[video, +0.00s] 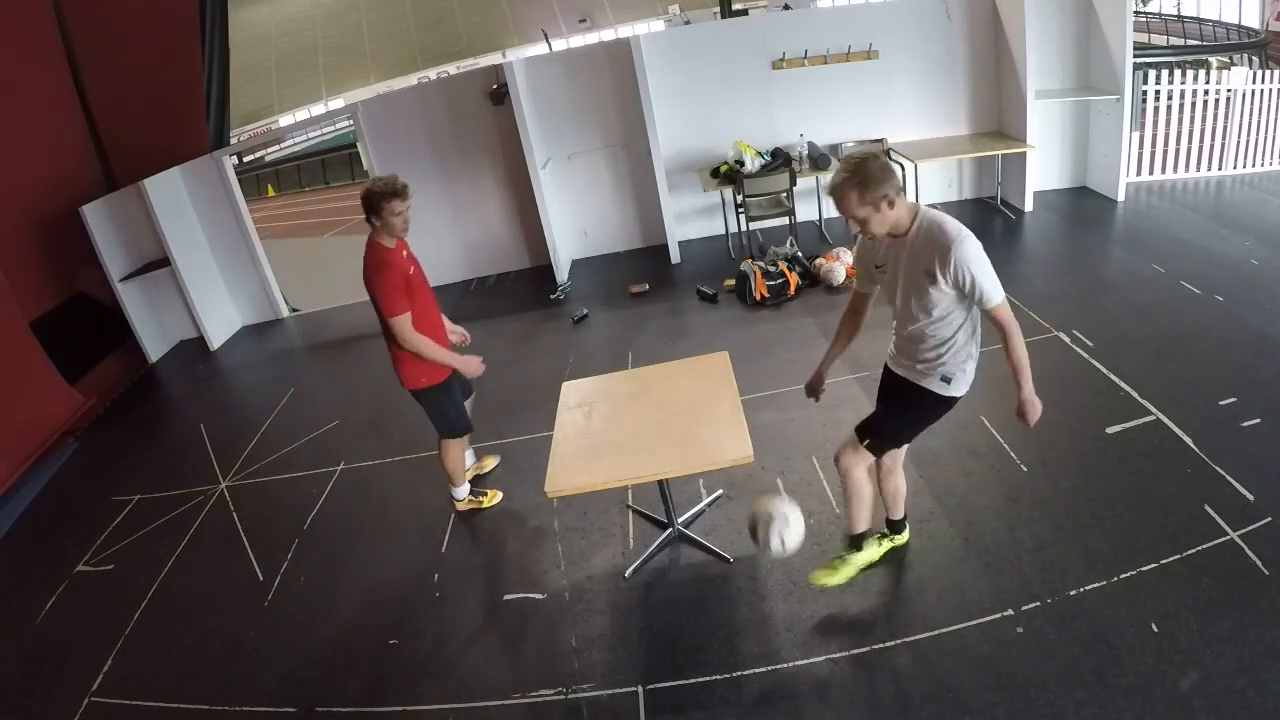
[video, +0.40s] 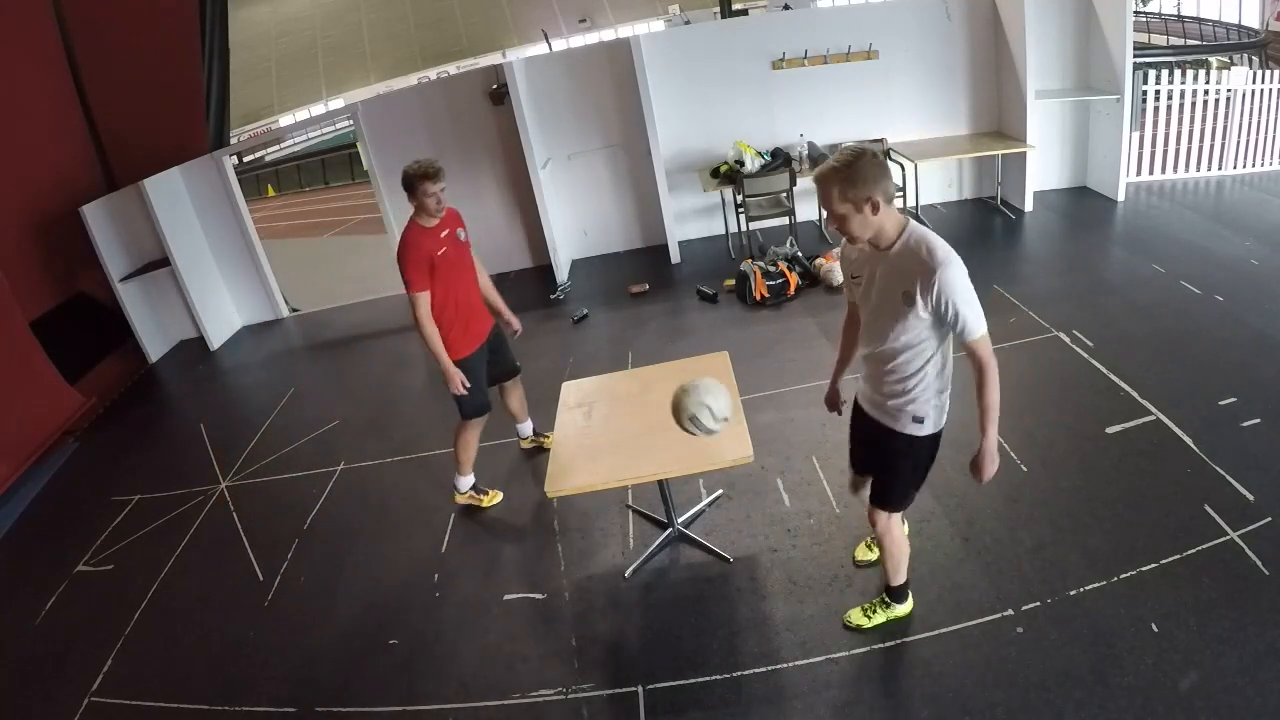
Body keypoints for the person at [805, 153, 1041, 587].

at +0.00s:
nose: (855, 230)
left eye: (860, 219)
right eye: (849, 221)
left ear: (889, 202)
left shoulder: (953, 244)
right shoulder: (873, 242)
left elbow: (1007, 323)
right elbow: (857, 308)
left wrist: (1027, 392)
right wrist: (823, 367)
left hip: (941, 378)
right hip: (900, 362)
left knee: (850, 457)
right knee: (889, 460)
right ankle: (896, 530)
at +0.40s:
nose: (833, 228)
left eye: (838, 216)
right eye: (828, 217)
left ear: (875, 206)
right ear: (870, 205)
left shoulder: (936, 262)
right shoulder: (855, 252)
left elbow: (983, 356)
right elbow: (855, 316)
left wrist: (989, 440)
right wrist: (836, 379)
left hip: (915, 415)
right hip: (869, 400)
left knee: (883, 513)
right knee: (869, 481)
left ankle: (899, 599)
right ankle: (888, 539)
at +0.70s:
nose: (821, 231)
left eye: (824, 220)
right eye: (819, 220)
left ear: (859, 217)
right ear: (859, 216)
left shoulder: (924, 291)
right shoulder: (877, 258)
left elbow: (958, 407)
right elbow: (864, 337)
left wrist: (925, 494)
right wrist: (837, 395)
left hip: (897, 436)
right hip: (858, 399)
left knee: (879, 528)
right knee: (767, 441)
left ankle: (898, 601)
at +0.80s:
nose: (816, 229)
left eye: (820, 219)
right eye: (814, 219)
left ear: (853, 218)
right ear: (856, 214)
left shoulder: (918, 292)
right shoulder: (876, 257)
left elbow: (945, 410)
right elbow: (863, 334)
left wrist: (904, 497)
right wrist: (837, 390)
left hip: (890, 437)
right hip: (854, 395)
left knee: (878, 530)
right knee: (752, 404)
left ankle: (897, 601)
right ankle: (711, 517)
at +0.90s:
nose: (819, 223)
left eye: (823, 212)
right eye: (817, 212)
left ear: (856, 212)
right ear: (860, 207)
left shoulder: (916, 292)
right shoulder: (881, 254)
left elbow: (935, 411)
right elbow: (865, 338)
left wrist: (890, 494)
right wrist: (832, 390)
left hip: (881, 436)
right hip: (850, 394)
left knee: (874, 532)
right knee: (748, 411)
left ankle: (897, 600)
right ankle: (737, 529)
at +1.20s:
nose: (818, 217)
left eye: (824, 208)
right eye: (817, 206)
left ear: (858, 212)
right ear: (860, 210)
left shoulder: (917, 294)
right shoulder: (863, 256)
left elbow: (928, 413)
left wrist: (884, 487)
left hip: (881, 447)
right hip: (845, 420)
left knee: (875, 536)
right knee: (832, 517)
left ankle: (897, 599)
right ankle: (883, 571)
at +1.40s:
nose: (810, 220)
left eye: (813, 210)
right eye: (808, 210)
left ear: (847, 210)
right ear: (850, 208)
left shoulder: (914, 289)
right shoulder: (858, 253)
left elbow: (944, 400)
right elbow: (862, 333)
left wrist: (921, 478)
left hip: (889, 441)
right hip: (855, 415)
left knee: (877, 531)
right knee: (893, 499)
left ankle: (896, 598)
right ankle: (953, 527)